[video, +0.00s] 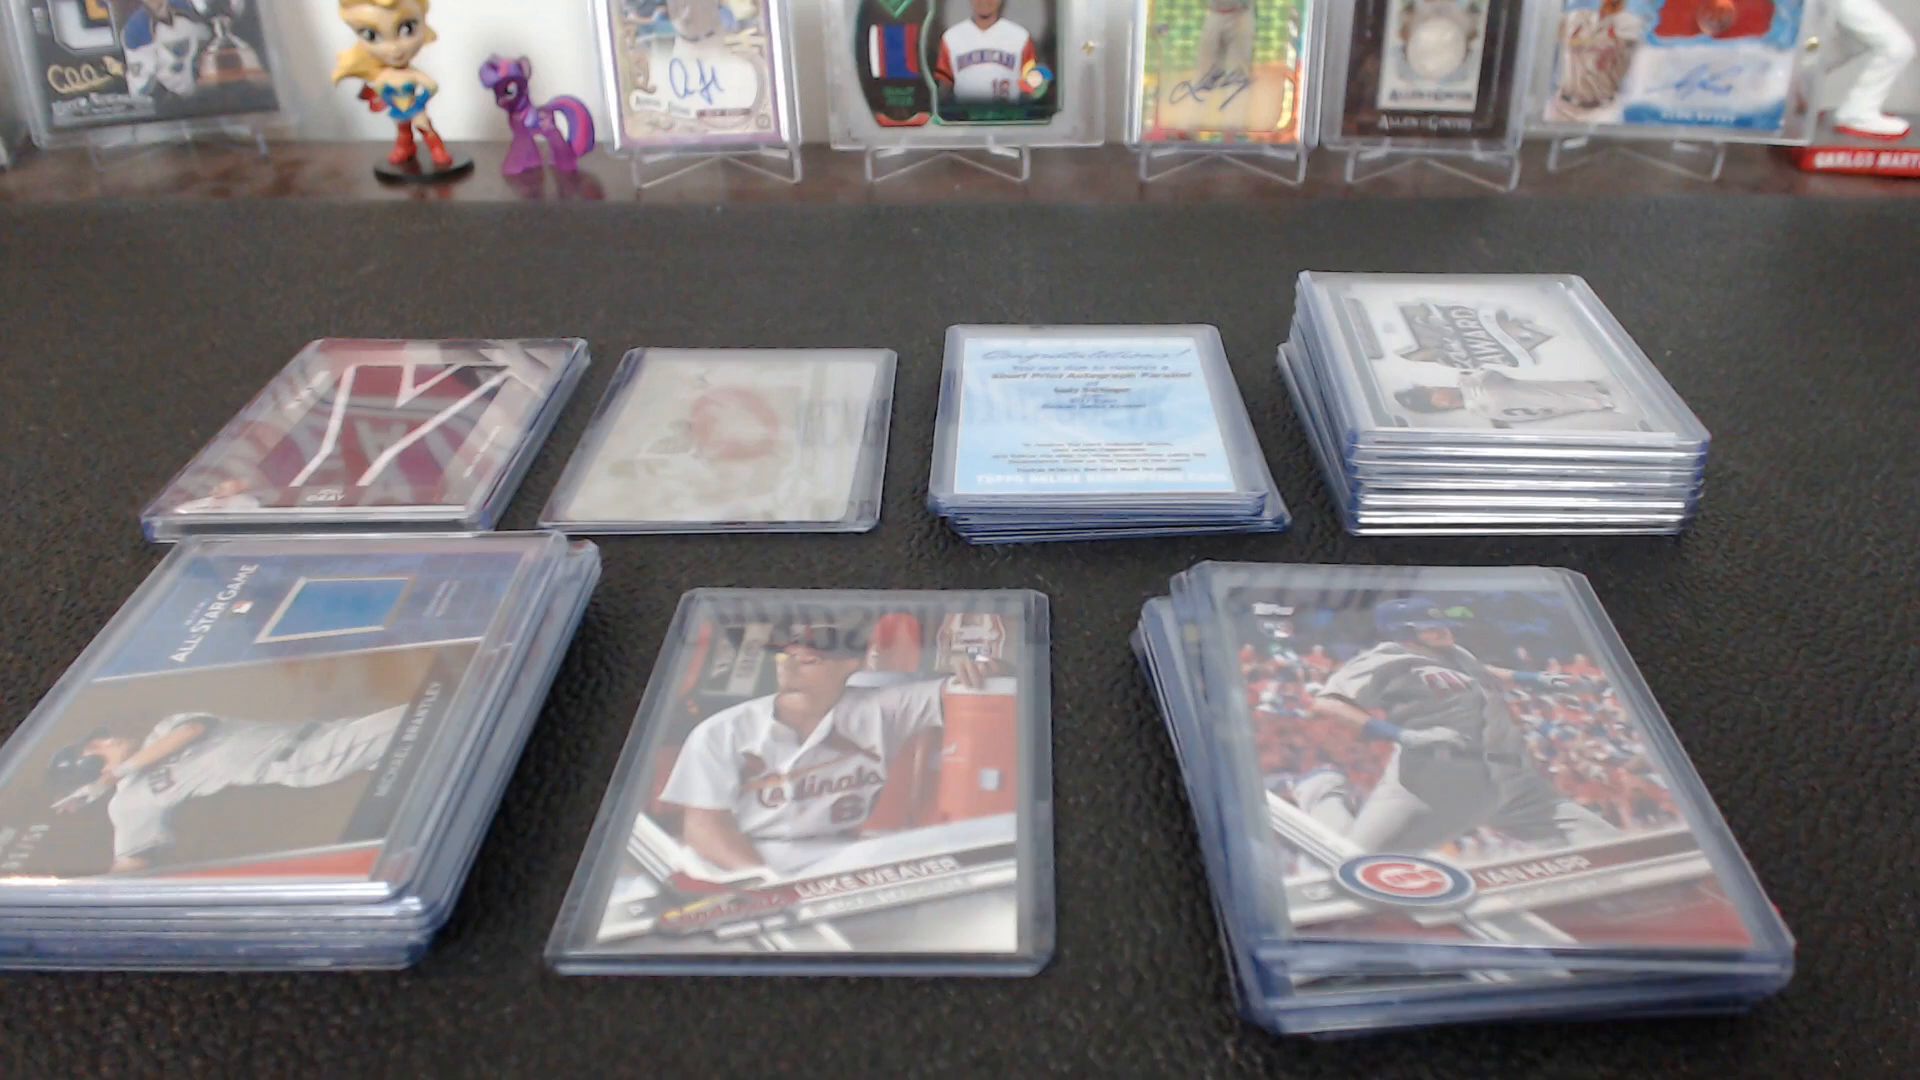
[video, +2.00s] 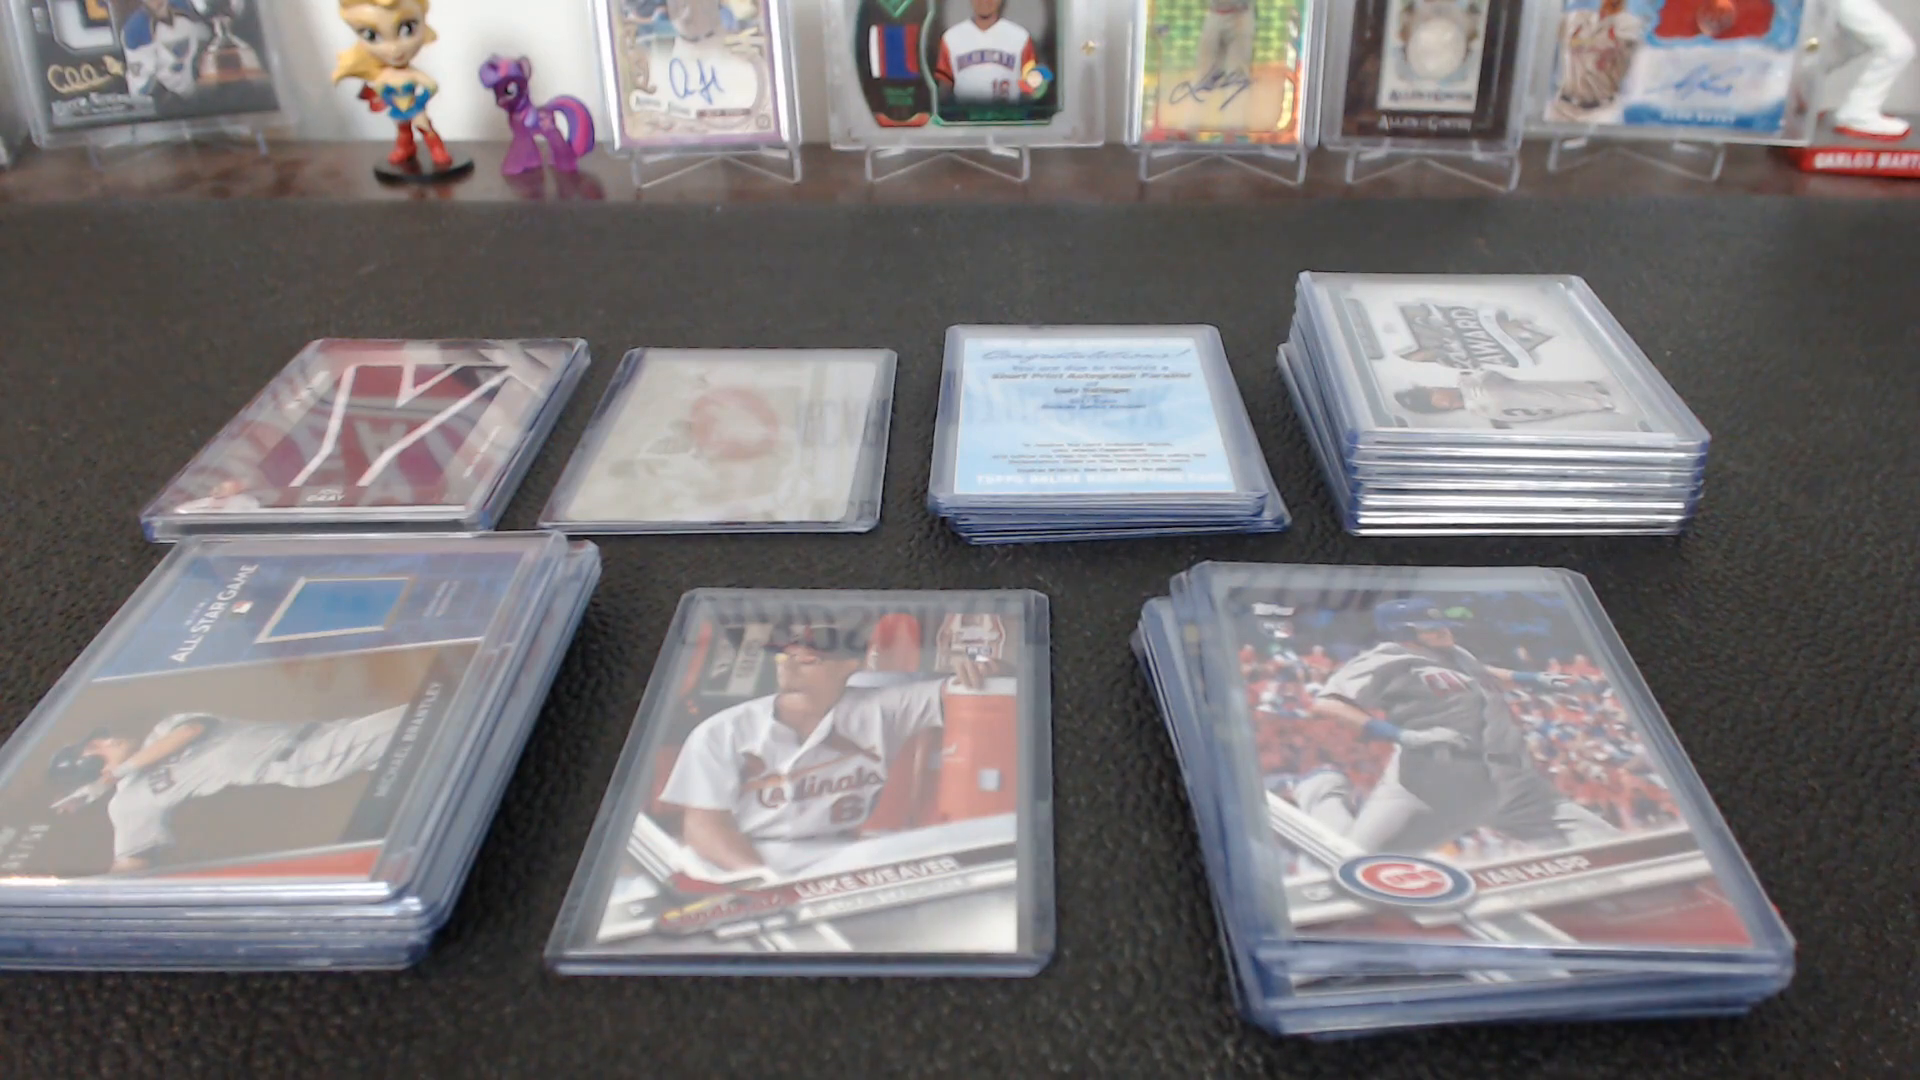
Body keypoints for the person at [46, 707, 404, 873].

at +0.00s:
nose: (109, 740)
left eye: (99, 740)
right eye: (99, 746)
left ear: (106, 743)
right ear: (100, 769)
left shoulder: (162, 728)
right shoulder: (131, 800)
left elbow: (195, 731)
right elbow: (129, 870)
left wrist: (116, 775)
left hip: (311, 730)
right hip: (298, 760)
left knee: (416, 719)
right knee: (414, 718)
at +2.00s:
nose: (109, 740)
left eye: (98, 740)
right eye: (99, 746)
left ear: (106, 742)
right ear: (100, 768)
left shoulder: (162, 727)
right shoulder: (131, 799)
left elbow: (193, 732)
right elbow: (130, 870)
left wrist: (116, 775)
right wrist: (80, 897)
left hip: (312, 731)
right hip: (299, 760)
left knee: (417, 719)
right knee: (414, 717)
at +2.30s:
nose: (108, 739)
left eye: (98, 739)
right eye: (99, 746)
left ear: (107, 744)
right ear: (100, 769)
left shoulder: (162, 727)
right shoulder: (131, 799)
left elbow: (193, 732)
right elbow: (130, 870)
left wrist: (116, 774)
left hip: (311, 731)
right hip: (299, 759)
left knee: (415, 720)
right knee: (413, 717)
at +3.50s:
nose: (108, 740)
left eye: (98, 739)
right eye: (99, 747)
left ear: (106, 741)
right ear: (100, 769)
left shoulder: (160, 727)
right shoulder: (131, 799)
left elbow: (193, 731)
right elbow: (129, 870)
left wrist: (118, 773)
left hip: (310, 731)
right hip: (298, 760)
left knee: (415, 721)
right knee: (413, 717)